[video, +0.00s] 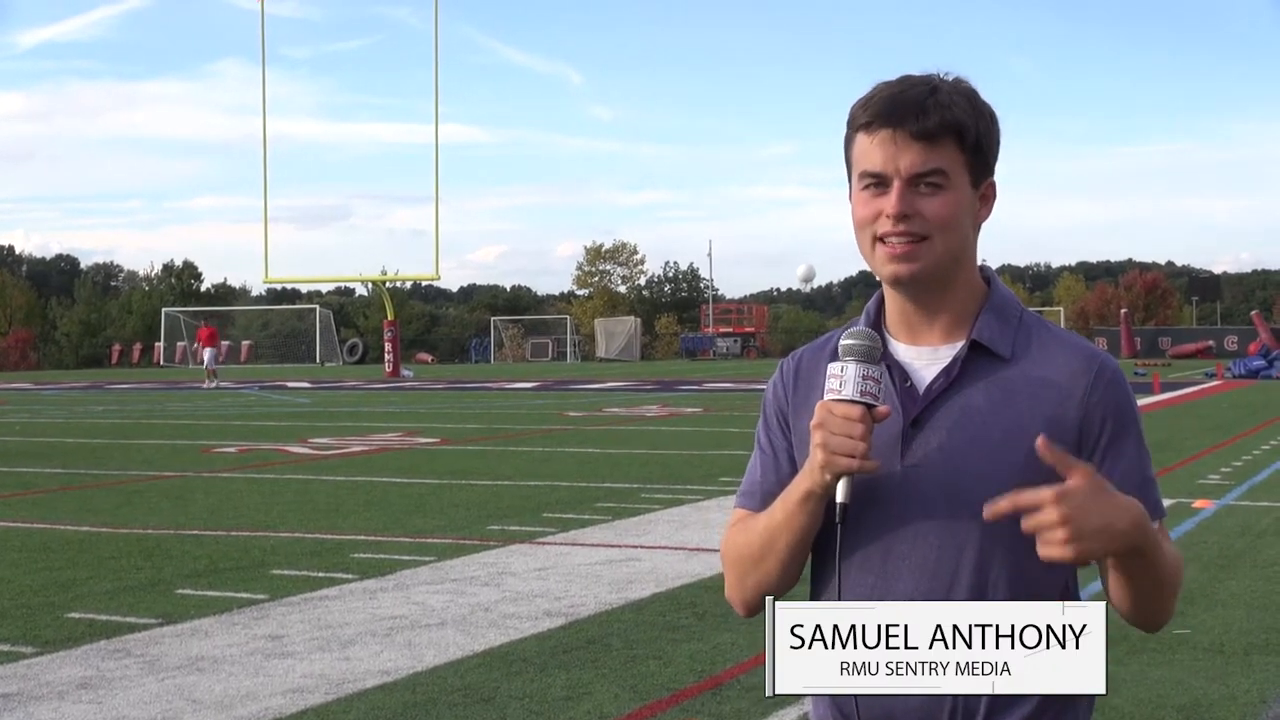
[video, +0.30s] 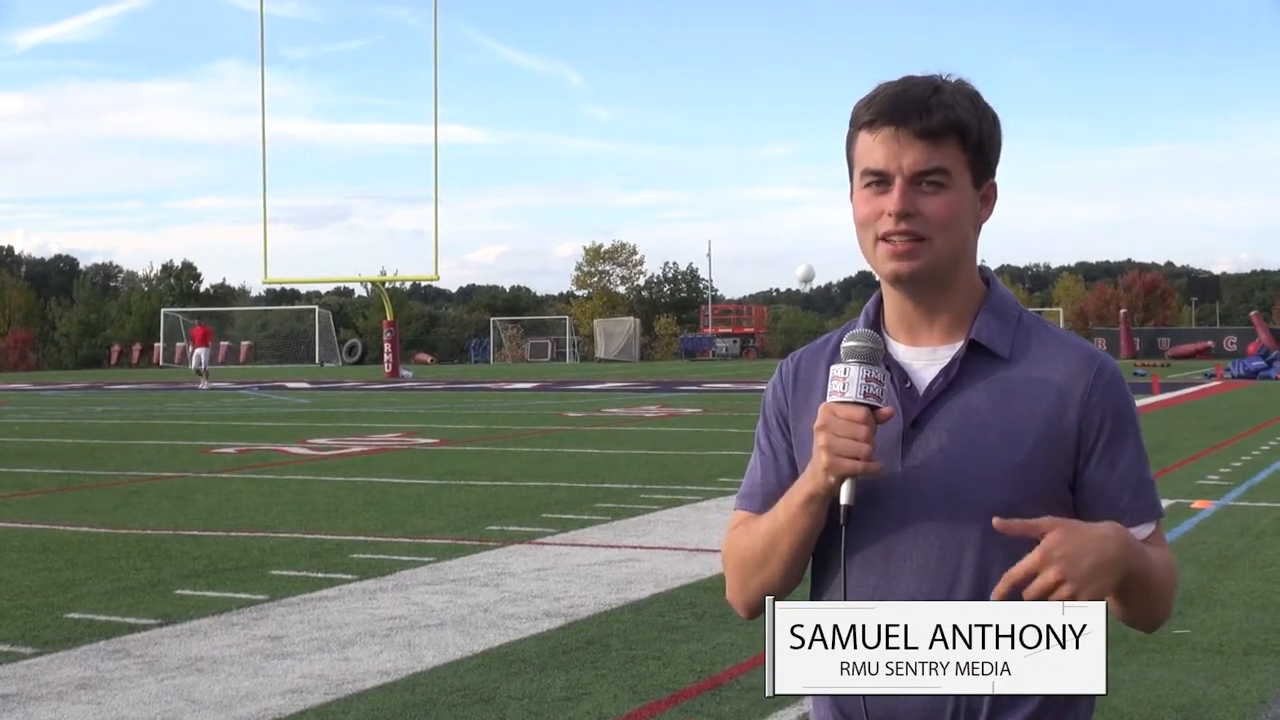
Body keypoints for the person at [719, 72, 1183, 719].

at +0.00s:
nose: (896, 209)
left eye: (929, 183)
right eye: (874, 184)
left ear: (983, 200)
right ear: (852, 201)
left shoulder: (1082, 380)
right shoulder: (803, 379)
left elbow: (1151, 611)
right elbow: (743, 588)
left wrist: (1132, 529)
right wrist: (815, 477)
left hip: (1027, 706)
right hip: (850, 706)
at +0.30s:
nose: (897, 206)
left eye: (930, 182)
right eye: (875, 183)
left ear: (985, 200)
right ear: (853, 201)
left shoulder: (1081, 381)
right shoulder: (803, 380)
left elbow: (1153, 607)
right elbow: (744, 589)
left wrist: (1123, 552)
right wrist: (817, 480)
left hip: (1027, 707)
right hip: (850, 707)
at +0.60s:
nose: (905, 206)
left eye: (937, 181)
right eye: (882, 181)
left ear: (988, 201)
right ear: (855, 201)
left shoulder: (1080, 383)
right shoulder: (802, 380)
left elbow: (1149, 607)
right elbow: (744, 589)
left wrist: (1111, 561)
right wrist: (818, 483)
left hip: (1026, 708)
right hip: (849, 707)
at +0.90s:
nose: (924, 203)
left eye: (952, 179)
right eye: (897, 180)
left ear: (990, 198)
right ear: (858, 205)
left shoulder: (1081, 381)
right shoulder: (803, 379)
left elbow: (1168, 599)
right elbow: (740, 584)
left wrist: (1117, 573)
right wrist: (823, 484)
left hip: (1024, 707)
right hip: (847, 707)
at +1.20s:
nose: (914, 199)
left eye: (943, 175)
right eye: (887, 178)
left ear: (986, 196)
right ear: (854, 207)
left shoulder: (1080, 379)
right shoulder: (800, 381)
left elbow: (1154, 606)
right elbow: (742, 586)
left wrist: (1103, 546)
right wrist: (825, 491)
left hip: (1026, 707)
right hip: (849, 707)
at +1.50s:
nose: (910, 190)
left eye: (938, 170)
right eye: (884, 171)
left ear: (980, 198)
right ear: (849, 207)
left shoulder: (1077, 379)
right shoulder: (796, 384)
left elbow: (1147, 593)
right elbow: (744, 590)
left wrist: (1093, 578)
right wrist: (824, 503)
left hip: (1025, 707)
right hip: (847, 707)